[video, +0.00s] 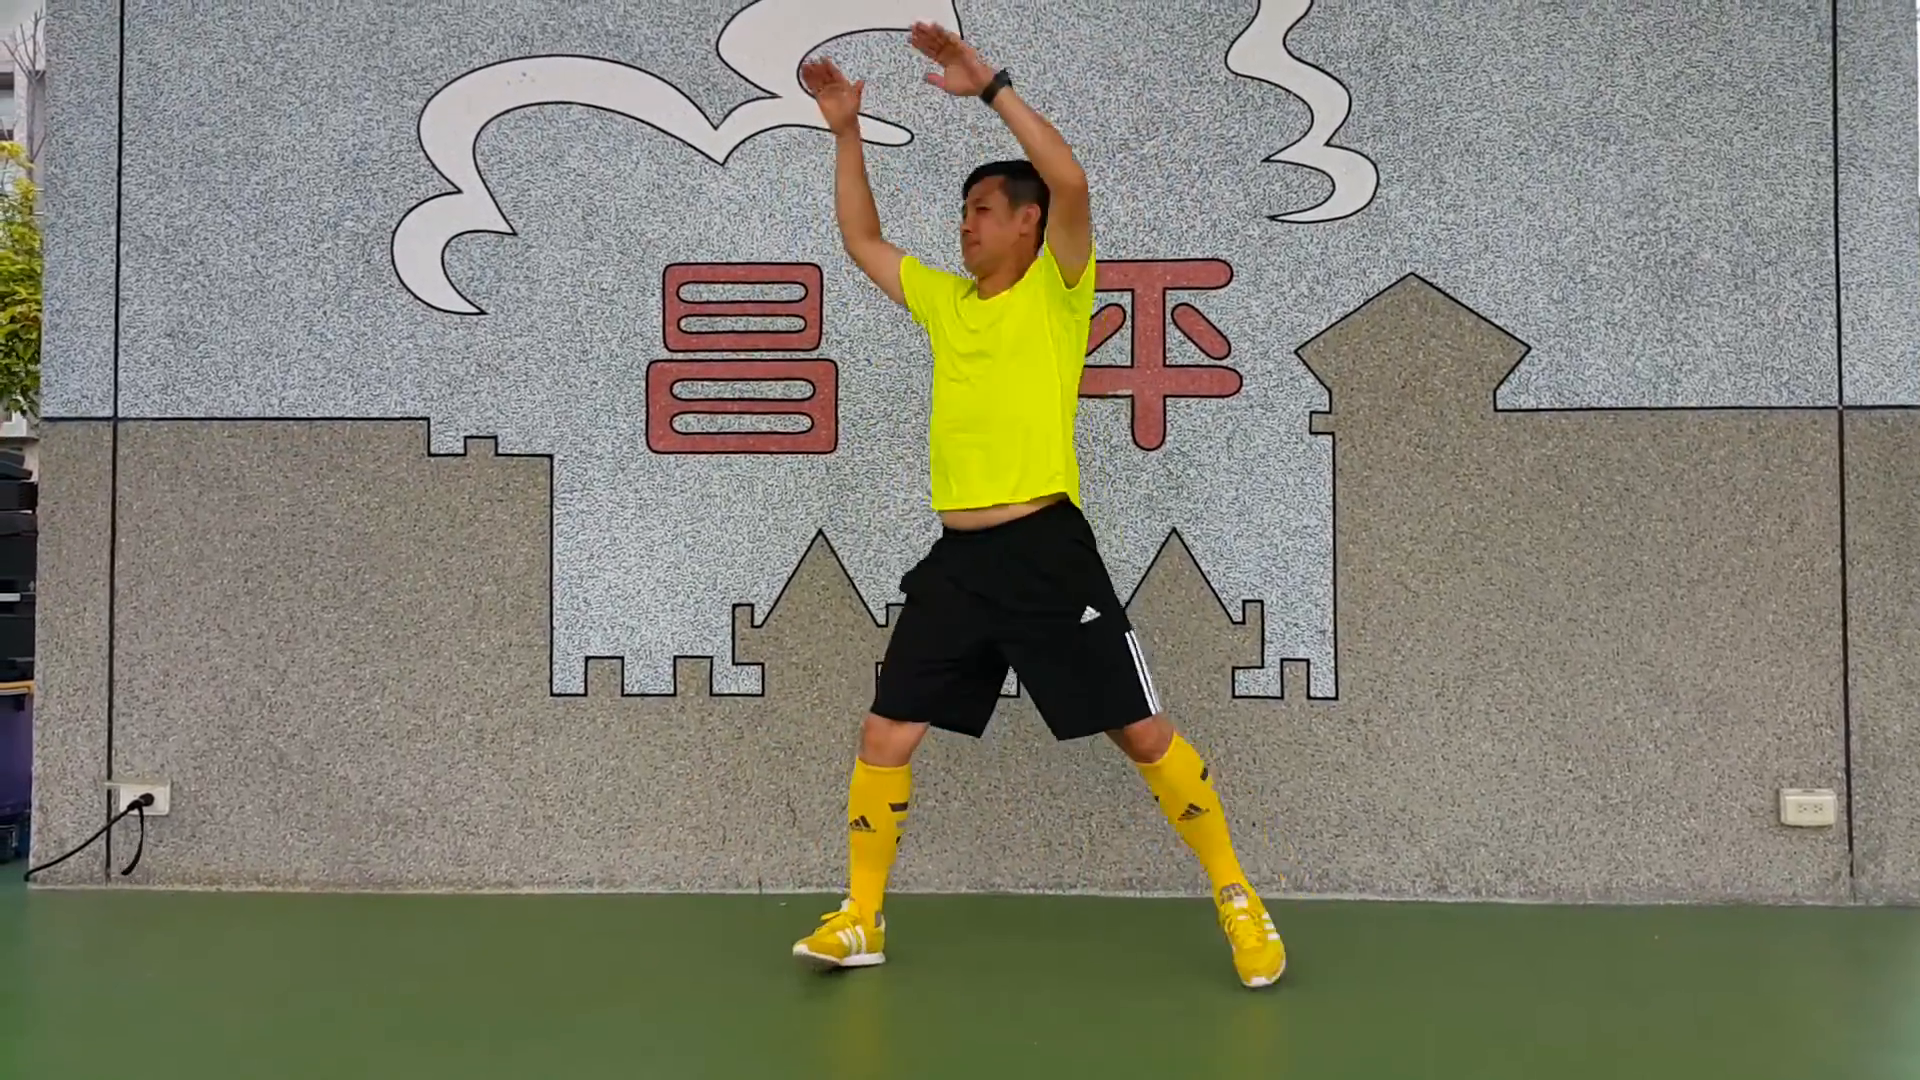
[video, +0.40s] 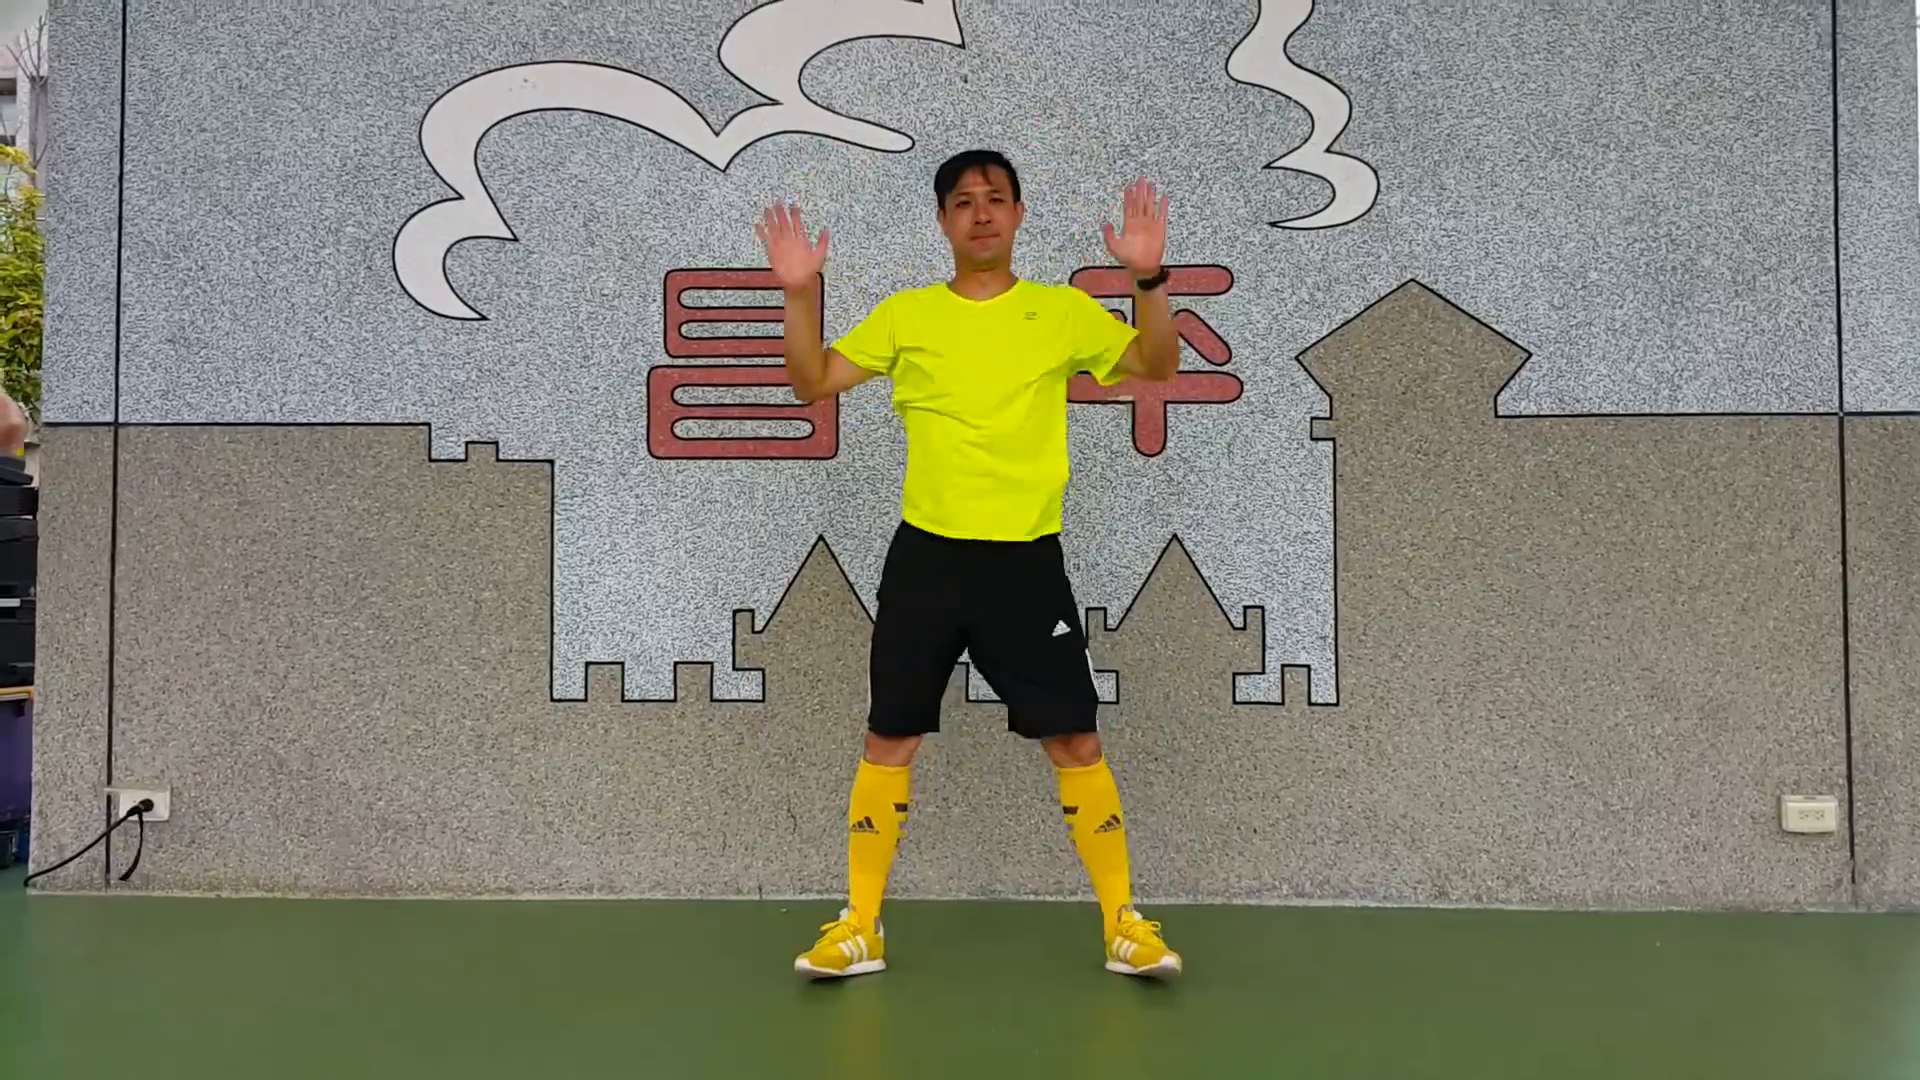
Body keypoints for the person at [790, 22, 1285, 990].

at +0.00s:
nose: (969, 223)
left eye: (987, 211)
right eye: (966, 211)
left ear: (1034, 223)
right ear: (966, 227)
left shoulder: (1061, 290)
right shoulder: (942, 299)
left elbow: (1070, 188)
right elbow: (862, 240)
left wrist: (988, 83)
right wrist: (845, 127)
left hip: (1051, 551)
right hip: (955, 561)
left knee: (1144, 736)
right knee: (885, 736)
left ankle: (1236, 898)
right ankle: (860, 919)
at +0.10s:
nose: (968, 200)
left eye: (986, 187)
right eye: (957, 191)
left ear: (1024, 204)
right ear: (942, 213)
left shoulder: (1056, 281)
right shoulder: (918, 290)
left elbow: (1119, 221)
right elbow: (811, 263)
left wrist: (1048, 125)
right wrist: (823, 157)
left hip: (1038, 536)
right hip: (940, 544)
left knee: (1111, 722)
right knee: (897, 731)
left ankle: (1159, 907)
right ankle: (860, 919)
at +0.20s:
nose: (972, 207)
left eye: (987, 193)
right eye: (955, 196)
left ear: (1014, 210)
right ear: (939, 216)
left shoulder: (1052, 294)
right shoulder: (906, 301)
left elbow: (1143, 315)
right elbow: (796, 335)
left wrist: (1095, 214)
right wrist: (804, 232)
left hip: (1028, 542)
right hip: (931, 545)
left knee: (1069, 726)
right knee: (895, 730)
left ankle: (1115, 917)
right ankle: (858, 923)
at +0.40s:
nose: (981, 214)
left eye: (996, 200)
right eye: (965, 203)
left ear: (1019, 217)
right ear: (943, 223)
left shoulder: (1062, 310)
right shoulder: (907, 315)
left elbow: (1155, 363)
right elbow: (814, 381)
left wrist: (1148, 279)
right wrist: (800, 291)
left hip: (1027, 559)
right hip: (924, 556)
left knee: (1074, 737)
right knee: (890, 732)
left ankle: (1123, 921)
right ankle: (859, 925)